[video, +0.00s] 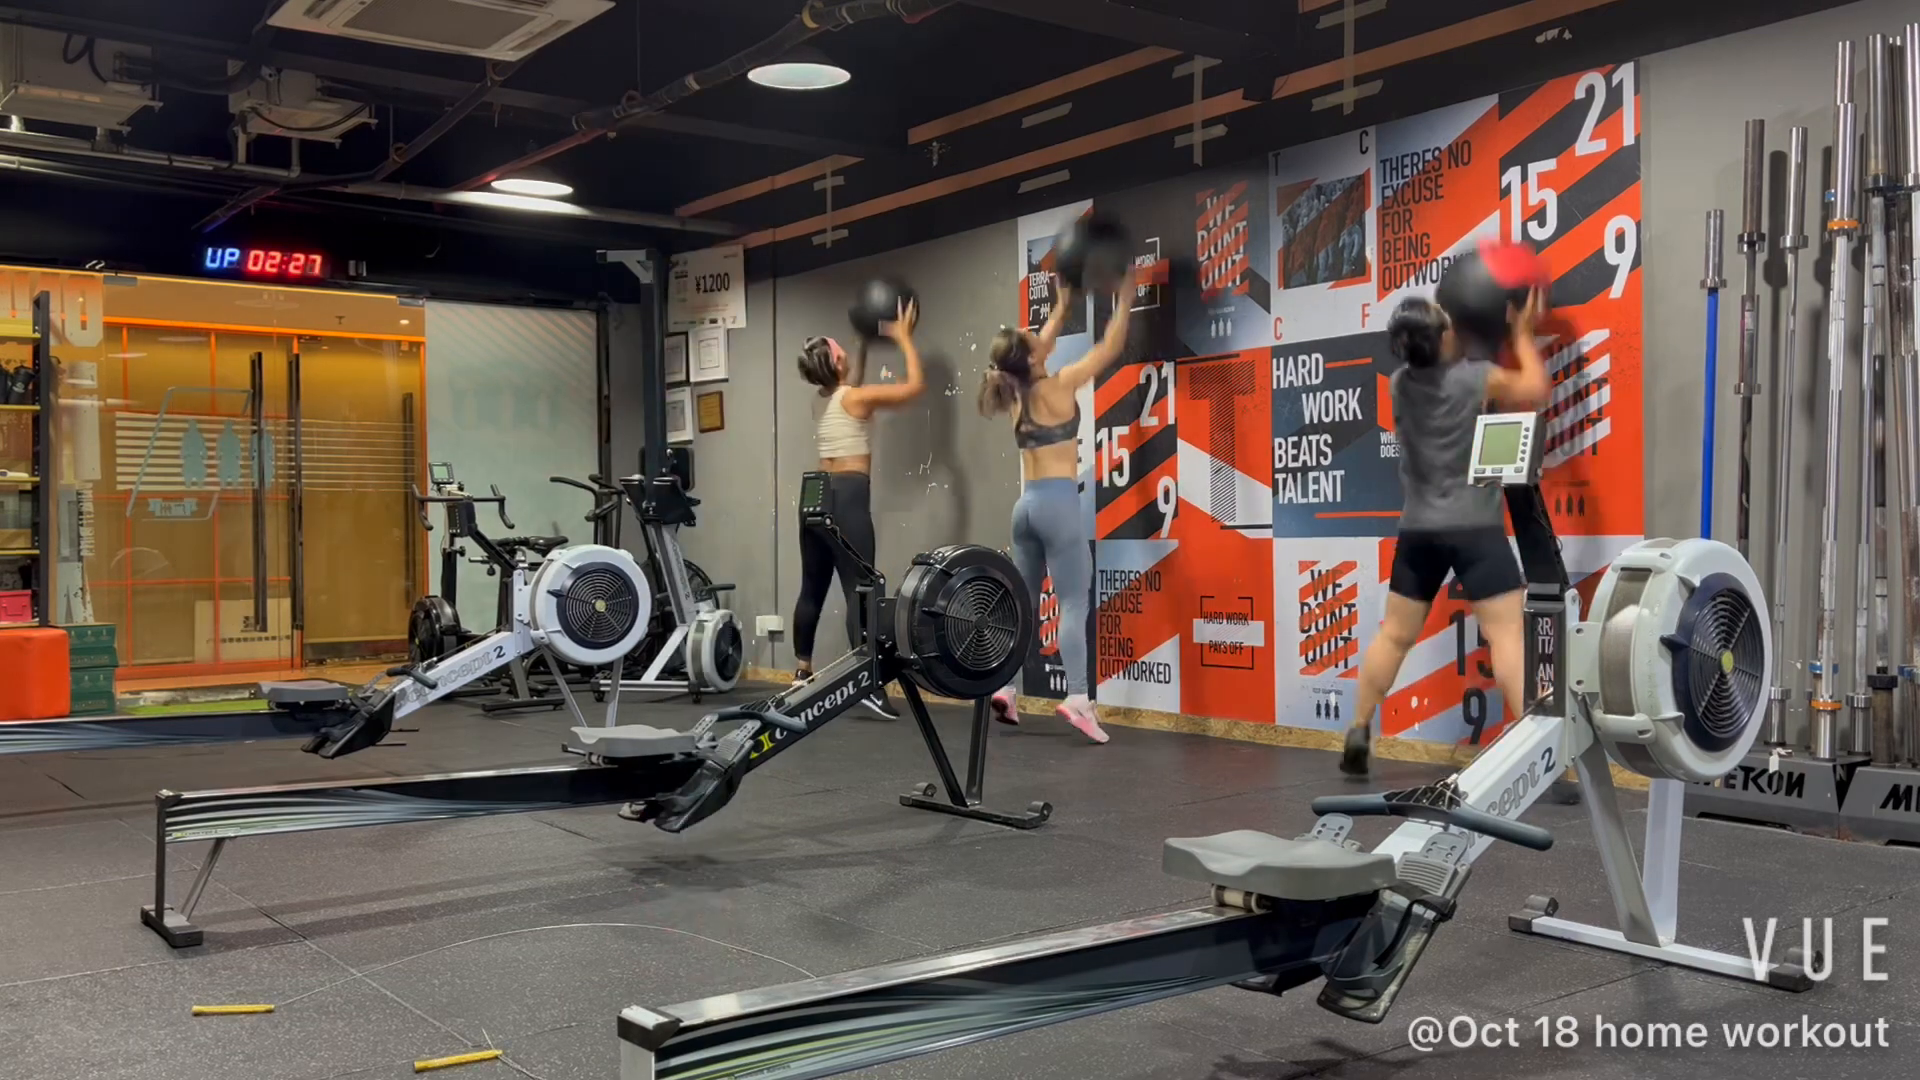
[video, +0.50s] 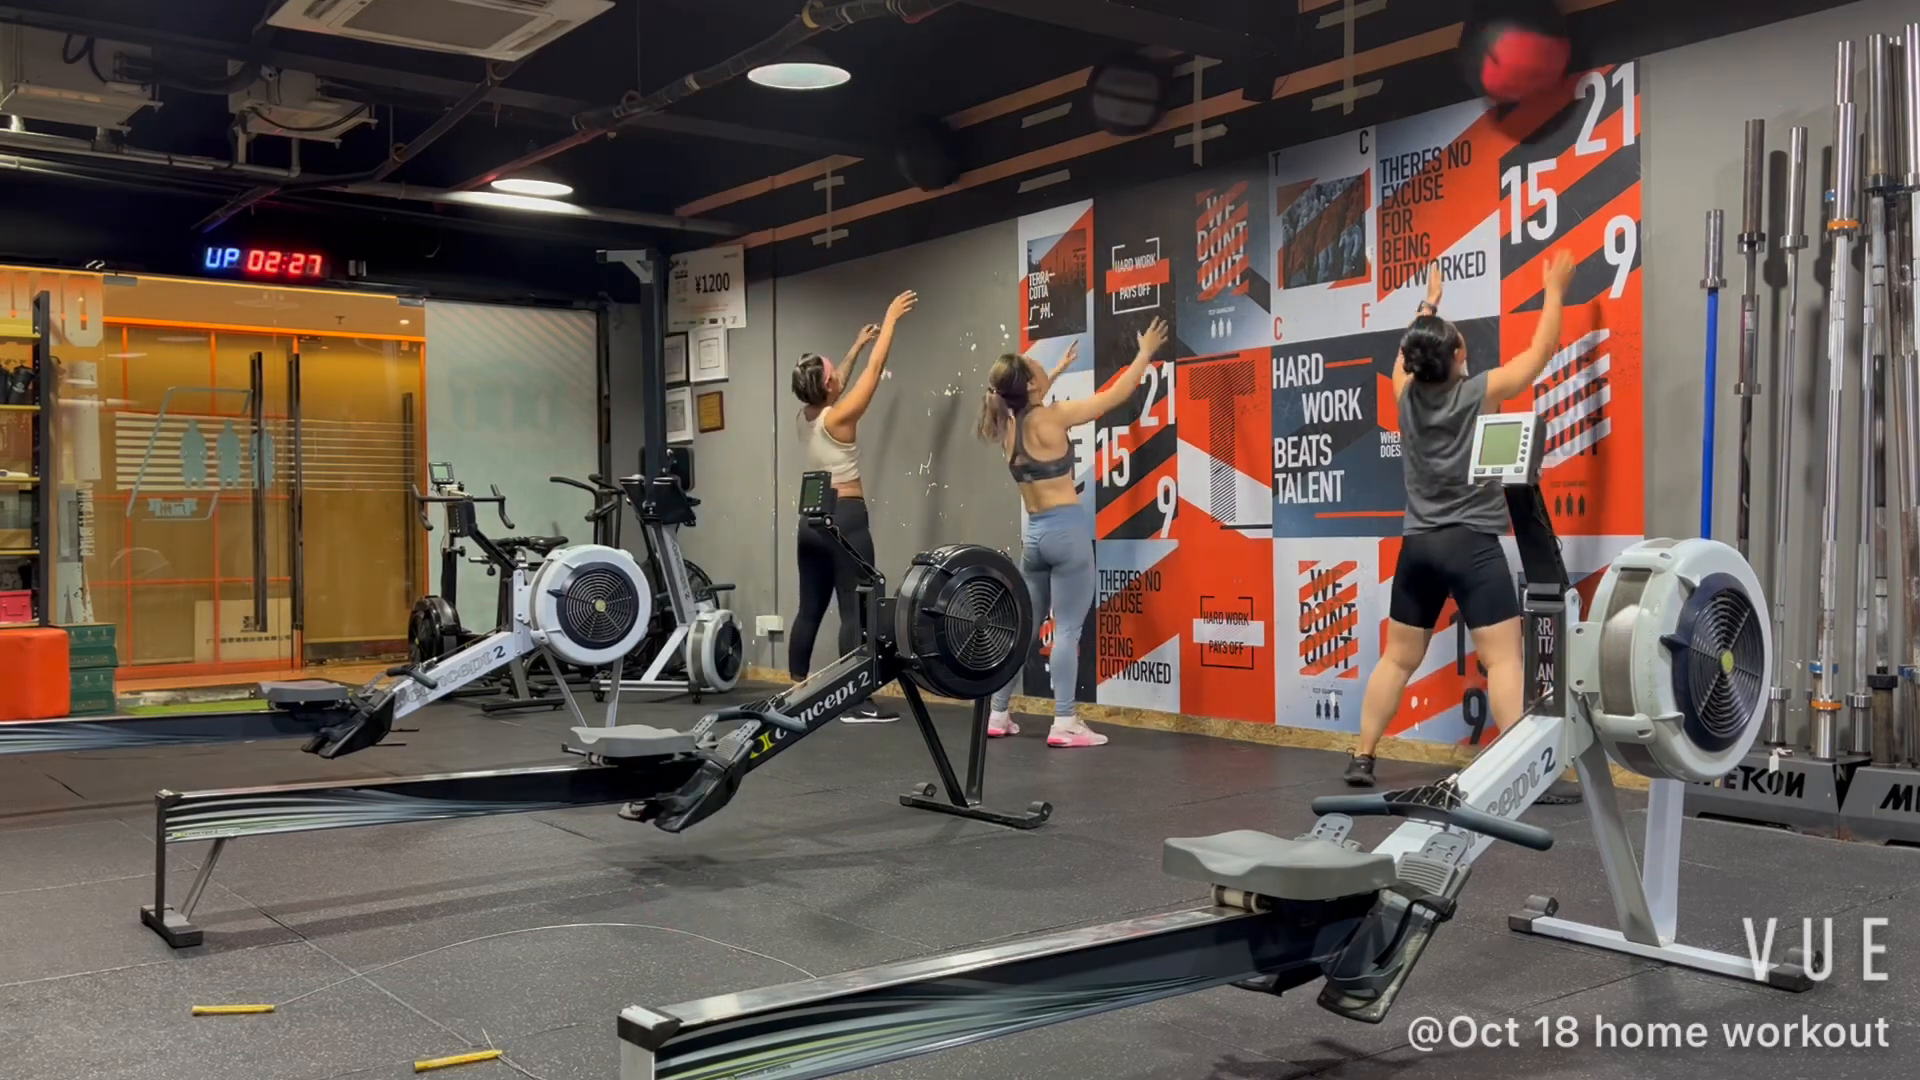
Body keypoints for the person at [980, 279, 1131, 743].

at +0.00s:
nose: (1040, 344)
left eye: (1036, 342)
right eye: (1034, 344)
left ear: (1010, 368)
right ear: (1031, 360)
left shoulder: (1014, 393)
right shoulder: (1060, 384)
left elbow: (1039, 344)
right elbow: (1109, 349)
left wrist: (1062, 300)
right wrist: (1125, 300)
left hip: (1027, 500)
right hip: (1059, 500)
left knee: (1022, 601)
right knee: (1073, 602)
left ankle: (1003, 687)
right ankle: (1077, 698)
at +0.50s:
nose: (1043, 378)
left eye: (1040, 374)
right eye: (1038, 374)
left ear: (1014, 393)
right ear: (1031, 387)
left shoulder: (1012, 425)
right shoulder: (1055, 415)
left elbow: (1036, 400)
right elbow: (1117, 394)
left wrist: (1059, 369)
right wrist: (1145, 352)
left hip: (1034, 529)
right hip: (1067, 527)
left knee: (1022, 624)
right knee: (1067, 629)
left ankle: (997, 713)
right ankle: (1065, 722)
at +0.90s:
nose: (1054, 385)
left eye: (1049, 381)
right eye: (1048, 384)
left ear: (1024, 404)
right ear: (1041, 400)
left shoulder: (1021, 435)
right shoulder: (1061, 432)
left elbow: (1071, 445)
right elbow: (1127, 444)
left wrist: (1089, 418)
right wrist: (1131, 401)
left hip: (1010, 545)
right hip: (1038, 549)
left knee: (1015, 629)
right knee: (1091, 634)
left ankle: (997, 714)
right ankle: (1067, 722)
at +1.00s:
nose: (1057, 417)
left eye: (1052, 412)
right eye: (1051, 416)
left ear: (1026, 436)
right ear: (1046, 435)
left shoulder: (1017, 465)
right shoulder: (1064, 469)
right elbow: (1118, 507)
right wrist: (1129, 469)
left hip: (1006, 571)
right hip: (1035, 577)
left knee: (1020, 638)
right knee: (1105, 641)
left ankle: (997, 714)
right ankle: (1068, 724)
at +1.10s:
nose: (1059, 450)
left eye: (1054, 448)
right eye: (1054, 452)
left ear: (1027, 472)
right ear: (1048, 470)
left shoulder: (1019, 503)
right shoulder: (1066, 508)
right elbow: (1115, 554)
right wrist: (1124, 513)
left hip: (1001, 606)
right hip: (1034, 613)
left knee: (1022, 640)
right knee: (1115, 650)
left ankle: (997, 715)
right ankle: (1069, 724)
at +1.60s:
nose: (1055, 430)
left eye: (1048, 428)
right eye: (1049, 432)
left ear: (1027, 456)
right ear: (1046, 451)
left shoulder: (1022, 483)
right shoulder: (1069, 485)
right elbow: (1122, 524)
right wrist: (1122, 488)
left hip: (1005, 582)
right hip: (1038, 589)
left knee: (1033, 644)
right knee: (1106, 648)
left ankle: (999, 715)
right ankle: (1069, 724)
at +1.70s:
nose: (1052, 395)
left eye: (1046, 392)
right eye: (1046, 395)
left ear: (1025, 417)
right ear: (1042, 411)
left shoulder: (1020, 447)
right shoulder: (1067, 443)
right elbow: (1124, 475)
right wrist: (1123, 439)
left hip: (1014, 553)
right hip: (1045, 557)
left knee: (1022, 635)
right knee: (1102, 638)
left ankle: (1001, 711)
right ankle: (1069, 722)